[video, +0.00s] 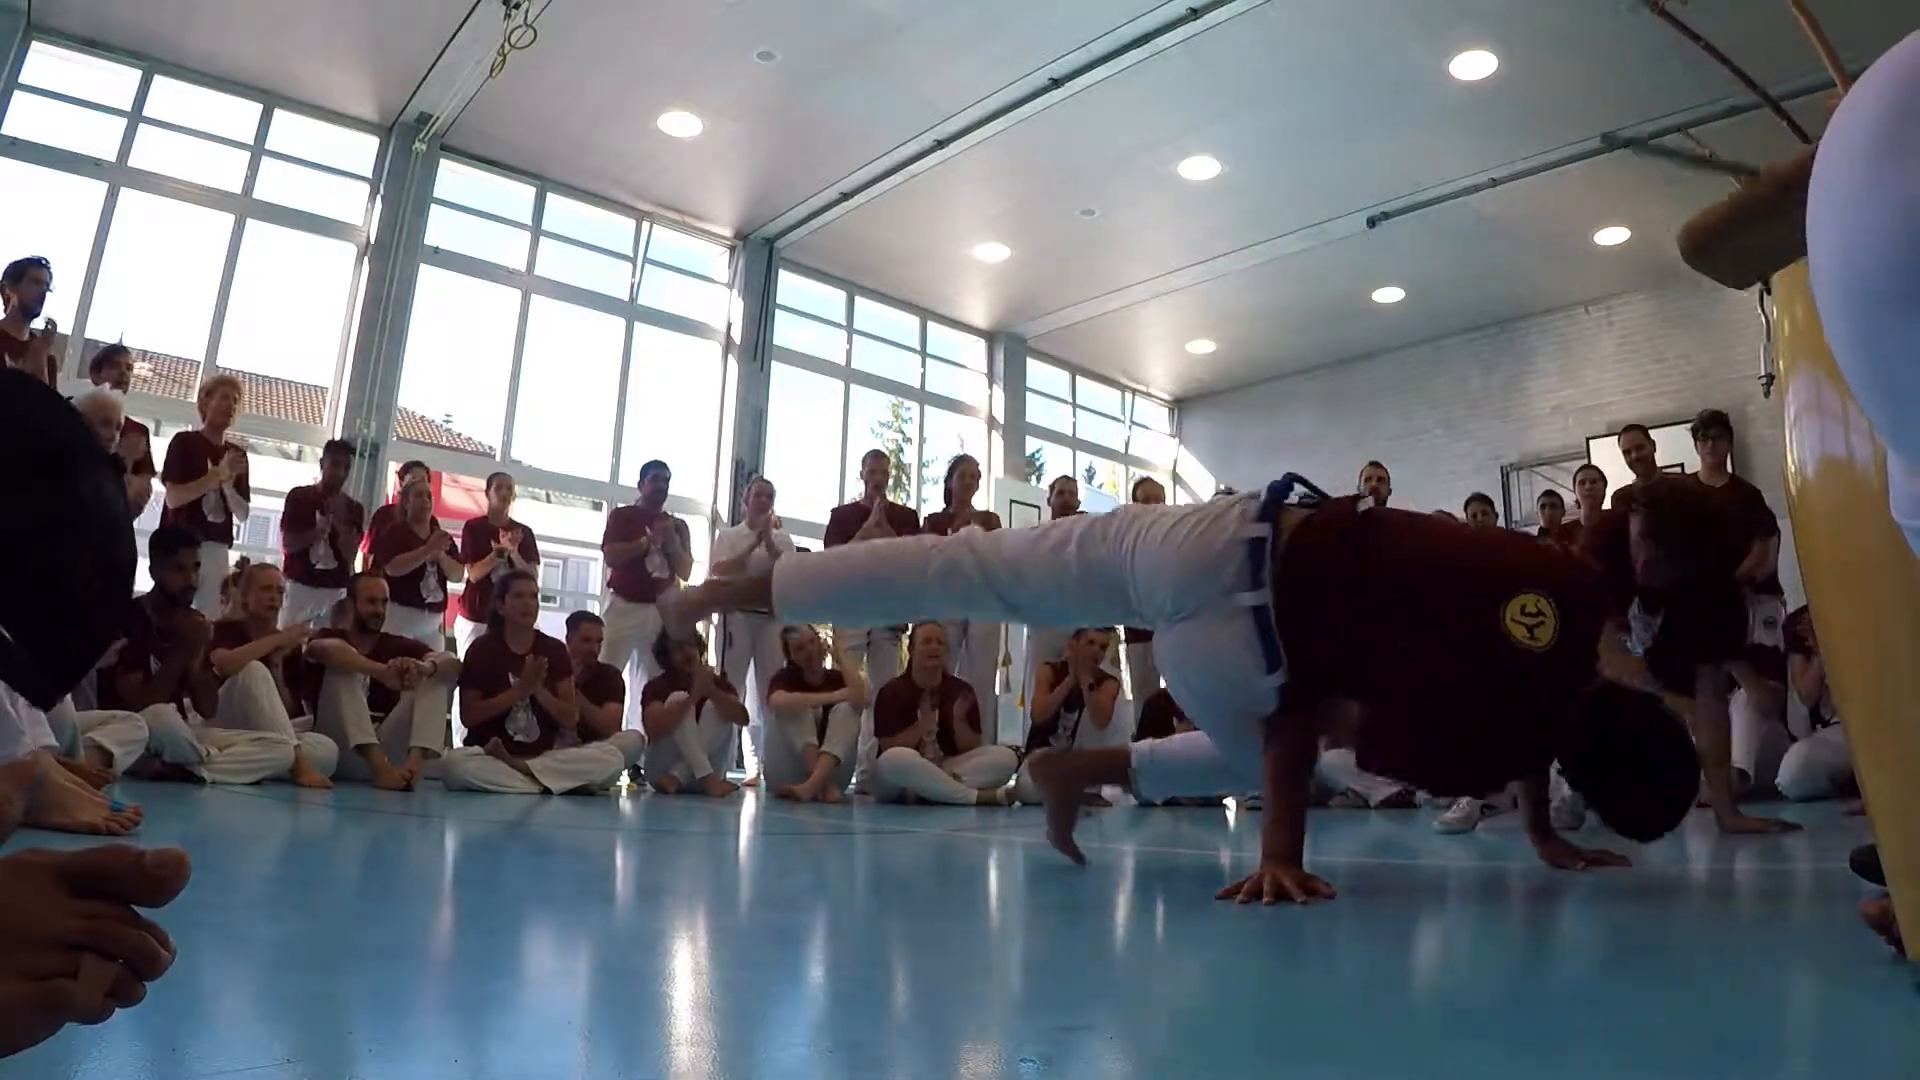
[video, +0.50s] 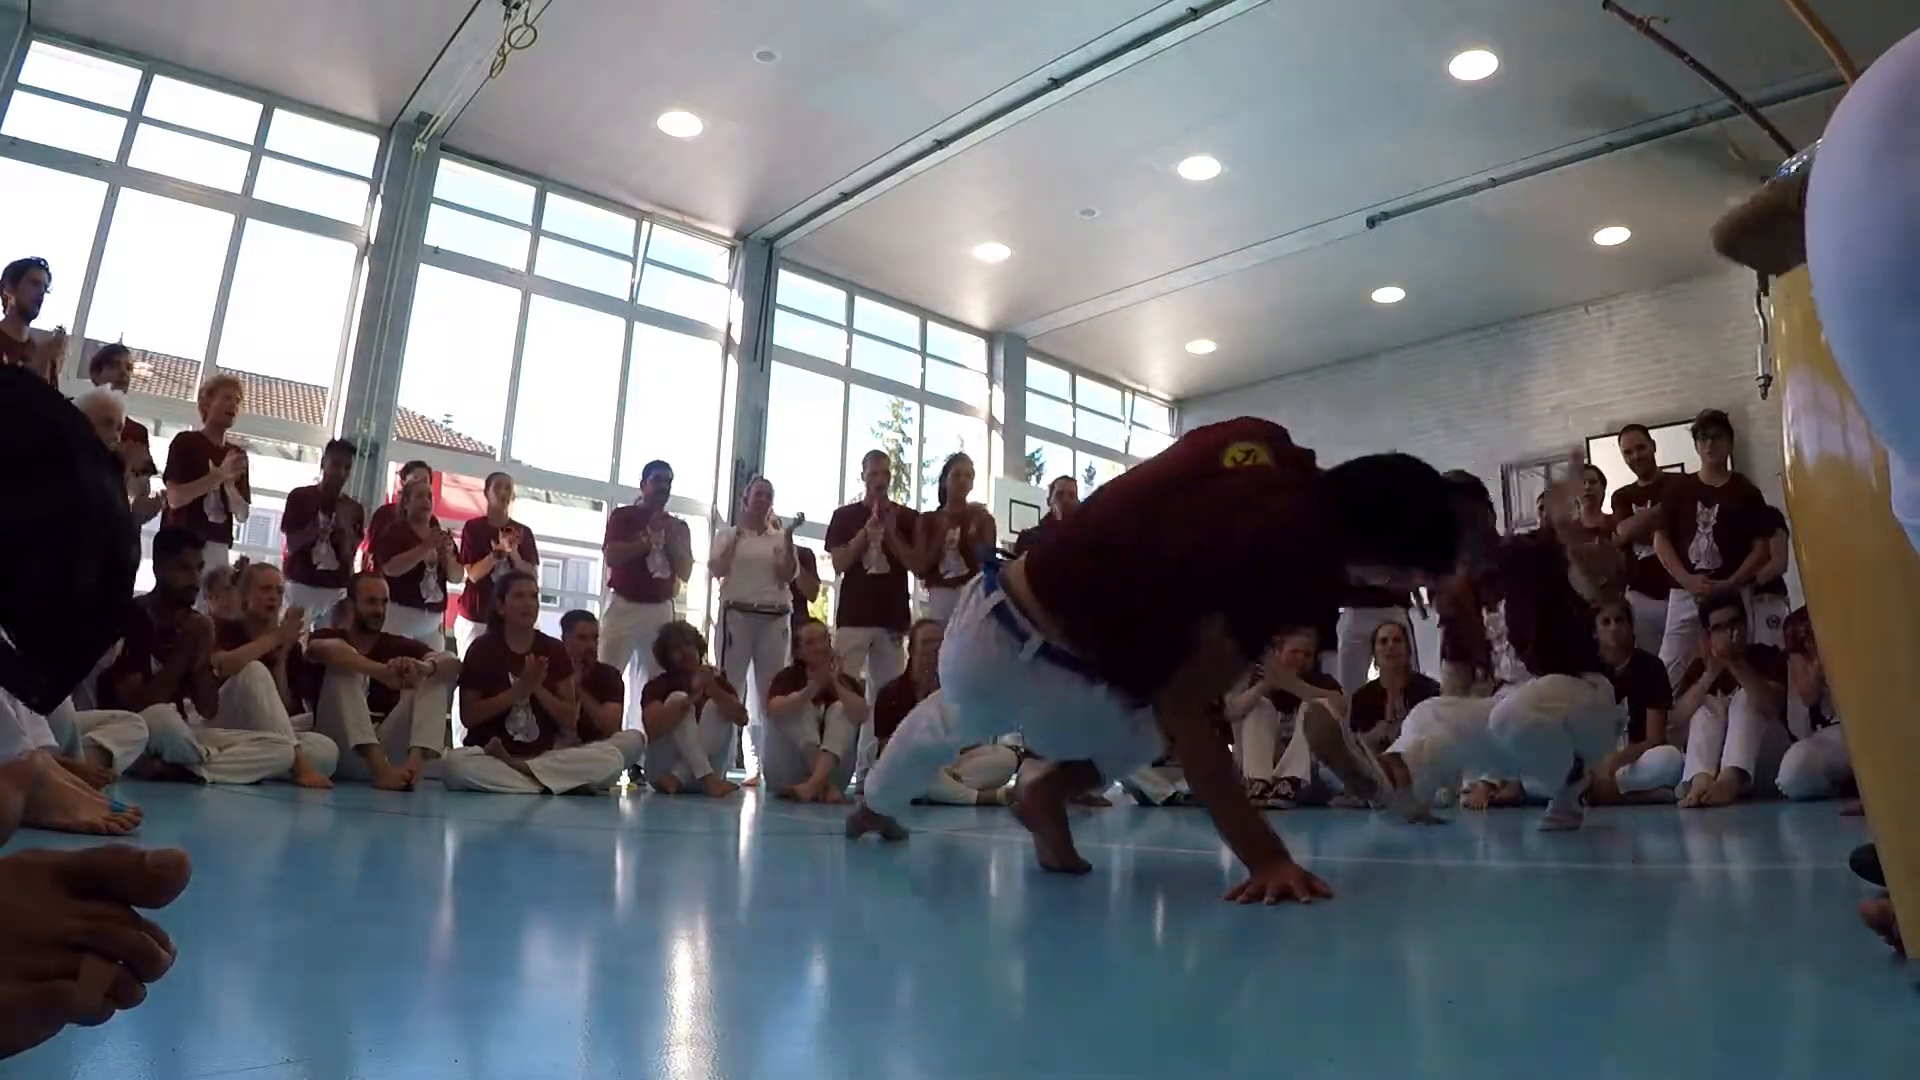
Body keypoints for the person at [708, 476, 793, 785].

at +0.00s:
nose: (763, 501)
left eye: (767, 497)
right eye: (758, 496)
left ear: (774, 502)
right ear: (745, 499)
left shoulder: (782, 539)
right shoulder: (728, 536)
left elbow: (790, 575)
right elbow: (717, 573)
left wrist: (770, 544)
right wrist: (752, 546)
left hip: (771, 620)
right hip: (735, 619)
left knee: (771, 696)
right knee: (730, 692)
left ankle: (767, 765)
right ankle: (723, 765)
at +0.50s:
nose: (761, 499)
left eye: (766, 495)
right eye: (757, 494)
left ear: (772, 502)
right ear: (745, 497)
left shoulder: (780, 536)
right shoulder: (728, 534)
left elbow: (787, 576)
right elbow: (718, 571)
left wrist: (787, 540)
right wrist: (734, 539)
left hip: (775, 616)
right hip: (736, 615)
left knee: (773, 692)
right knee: (730, 690)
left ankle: (771, 764)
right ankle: (726, 763)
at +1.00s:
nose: (761, 499)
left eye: (766, 495)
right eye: (757, 494)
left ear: (773, 501)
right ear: (745, 498)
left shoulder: (783, 538)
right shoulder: (729, 533)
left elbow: (785, 578)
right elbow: (720, 574)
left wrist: (778, 540)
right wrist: (743, 543)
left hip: (774, 617)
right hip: (736, 615)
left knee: (773, 692)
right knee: (730, 689)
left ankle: (771, 762)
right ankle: (727, 762)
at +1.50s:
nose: (761, 500)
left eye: (766, 496)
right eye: (756, 495)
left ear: (773, 502)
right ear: (745, 498)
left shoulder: (783, 538)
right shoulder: (728, 535)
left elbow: (786, 577)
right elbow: (721, 574)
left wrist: (766, 544)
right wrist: (752, 549)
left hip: (775, 618)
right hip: (736, 616)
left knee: (772, 693)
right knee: (730, 690)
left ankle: (768, 763)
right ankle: (725, 764)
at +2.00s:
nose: (759, 500)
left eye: (764, 496)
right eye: (755, 494)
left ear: (772, 502)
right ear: (744, 499)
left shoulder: (779, 538)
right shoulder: (726, 535)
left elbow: (786, 576)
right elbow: (717, 573)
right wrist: (747, 554)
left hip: (774, 618)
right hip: (736, 615)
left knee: (771, 694)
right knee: (729, 690)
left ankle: (768, 765)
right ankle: (723, 764)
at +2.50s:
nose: (761, 499)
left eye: (766, 495)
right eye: (756, 494)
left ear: (772, 501)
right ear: (745, 497)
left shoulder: (781, 539)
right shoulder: (728, 535)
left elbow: (789, 581)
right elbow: (717, 574)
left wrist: (784, 550)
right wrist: (736, 549)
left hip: (774, 616)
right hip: (736, 614)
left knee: (771, 694)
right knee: (729, 691)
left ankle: (767, 764)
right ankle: (724, 765)